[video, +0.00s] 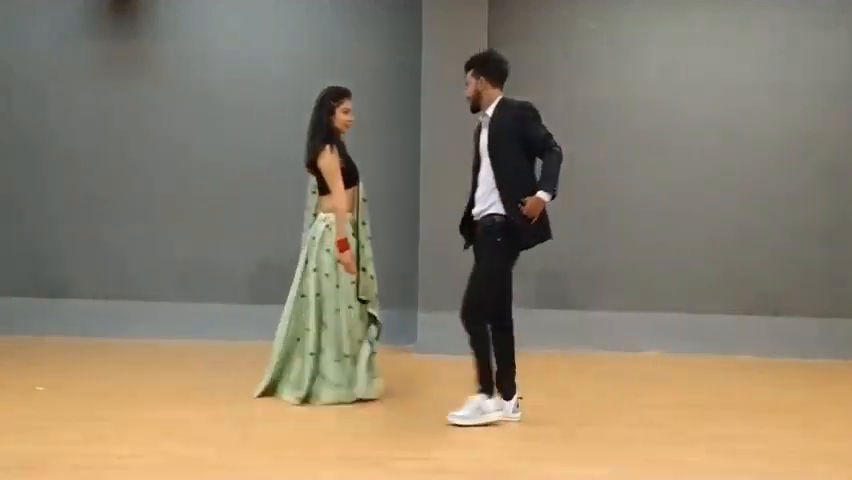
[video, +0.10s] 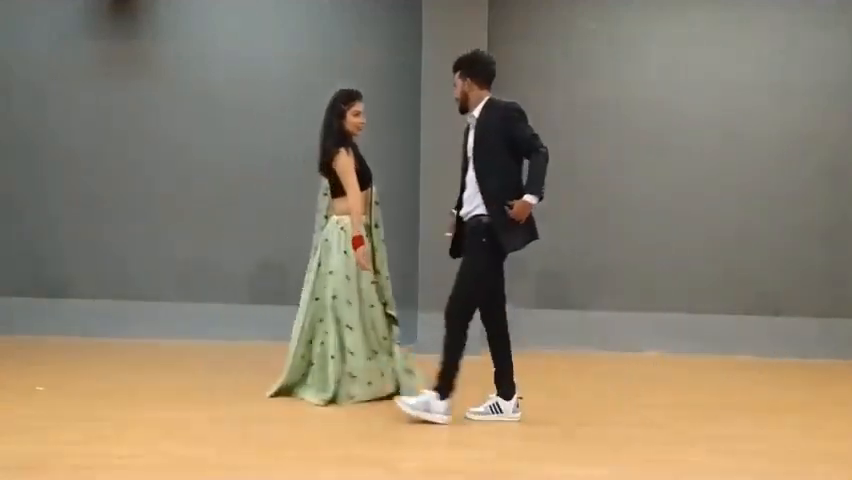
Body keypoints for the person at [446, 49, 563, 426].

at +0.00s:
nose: (465, 90)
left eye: (468, 82)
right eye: (466, 83)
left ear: (483, 82)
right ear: (485, 82)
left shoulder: (519, 112)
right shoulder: (483, 124)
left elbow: (552, 152)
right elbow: (485, 175)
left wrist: (544, 194)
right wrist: (473, 214)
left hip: (504, 225)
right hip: (487, 225)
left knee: (473, 312)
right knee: (499, 317)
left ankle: (486, 396)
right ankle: (508, 399)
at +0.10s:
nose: (454, 90)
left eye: (457, 82)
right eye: (455, 82)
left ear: (470, 83)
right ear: (475, 84)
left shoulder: (504, 113)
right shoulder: (472, 124)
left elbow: (538, 152)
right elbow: (471, 177)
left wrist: (531, 197)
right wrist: (458, 218)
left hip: (490, 227)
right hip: (475, 228)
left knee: (458, 308)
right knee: (493, 315)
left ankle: (440, 398)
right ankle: (507, 397)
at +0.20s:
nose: (443, 92)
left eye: (445, 85)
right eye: (444, 85)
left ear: (458, 85)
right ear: (464, 85)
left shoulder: (490, 114)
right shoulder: (463, 122)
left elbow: (521, 153)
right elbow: (464, 177)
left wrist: (513, 199)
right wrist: (445, 213)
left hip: (476, 230)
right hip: (462, 230)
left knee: (443, 311)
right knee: (487, 316)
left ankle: (409, 393)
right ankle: (506, 399)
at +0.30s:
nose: (433, 92)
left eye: (434, 86)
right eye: (435, 86)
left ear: (441, 86)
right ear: (459, 84)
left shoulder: (473, 115)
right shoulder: (453, 120)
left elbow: (502, 154)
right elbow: (458, 175)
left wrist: (493, 199)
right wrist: (436, 206)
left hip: (460, 235)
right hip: (457, 234)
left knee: (426, 315)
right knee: (479, 319)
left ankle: (402, 398)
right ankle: (506, 398)